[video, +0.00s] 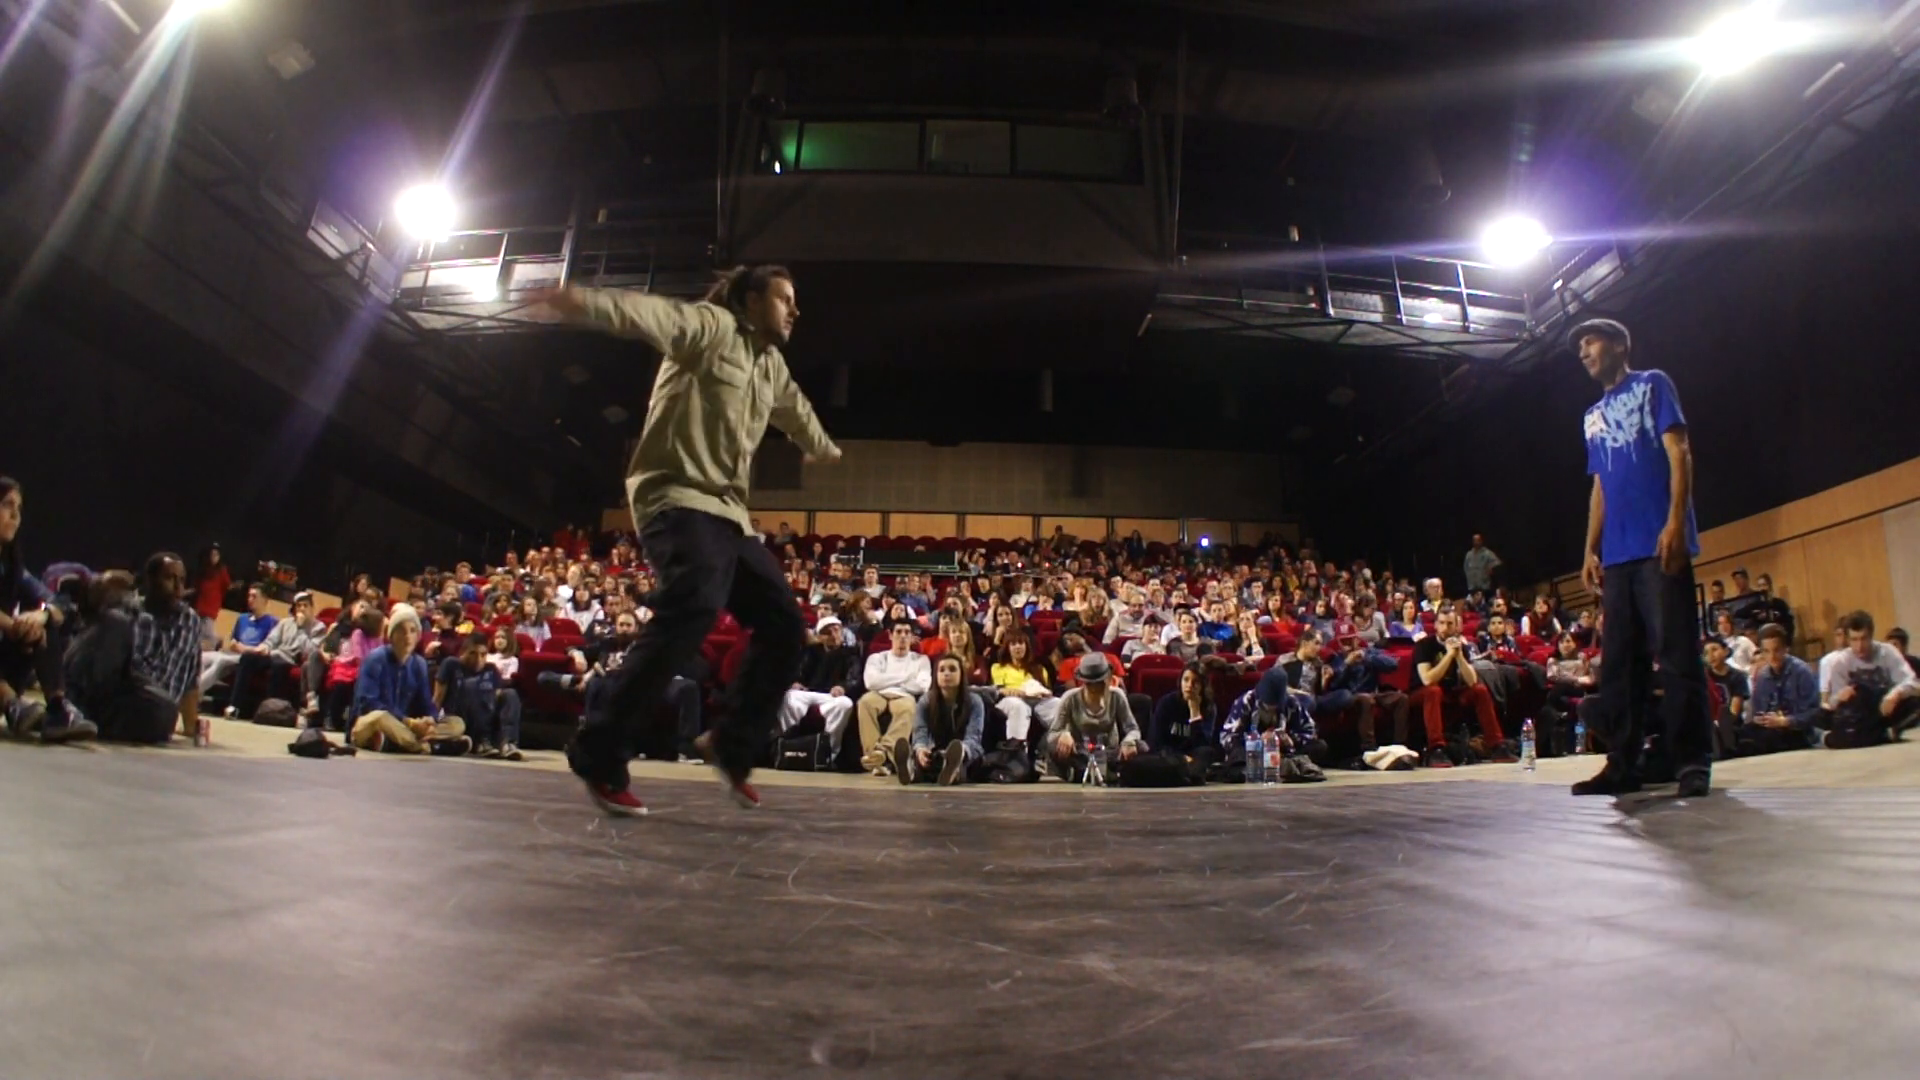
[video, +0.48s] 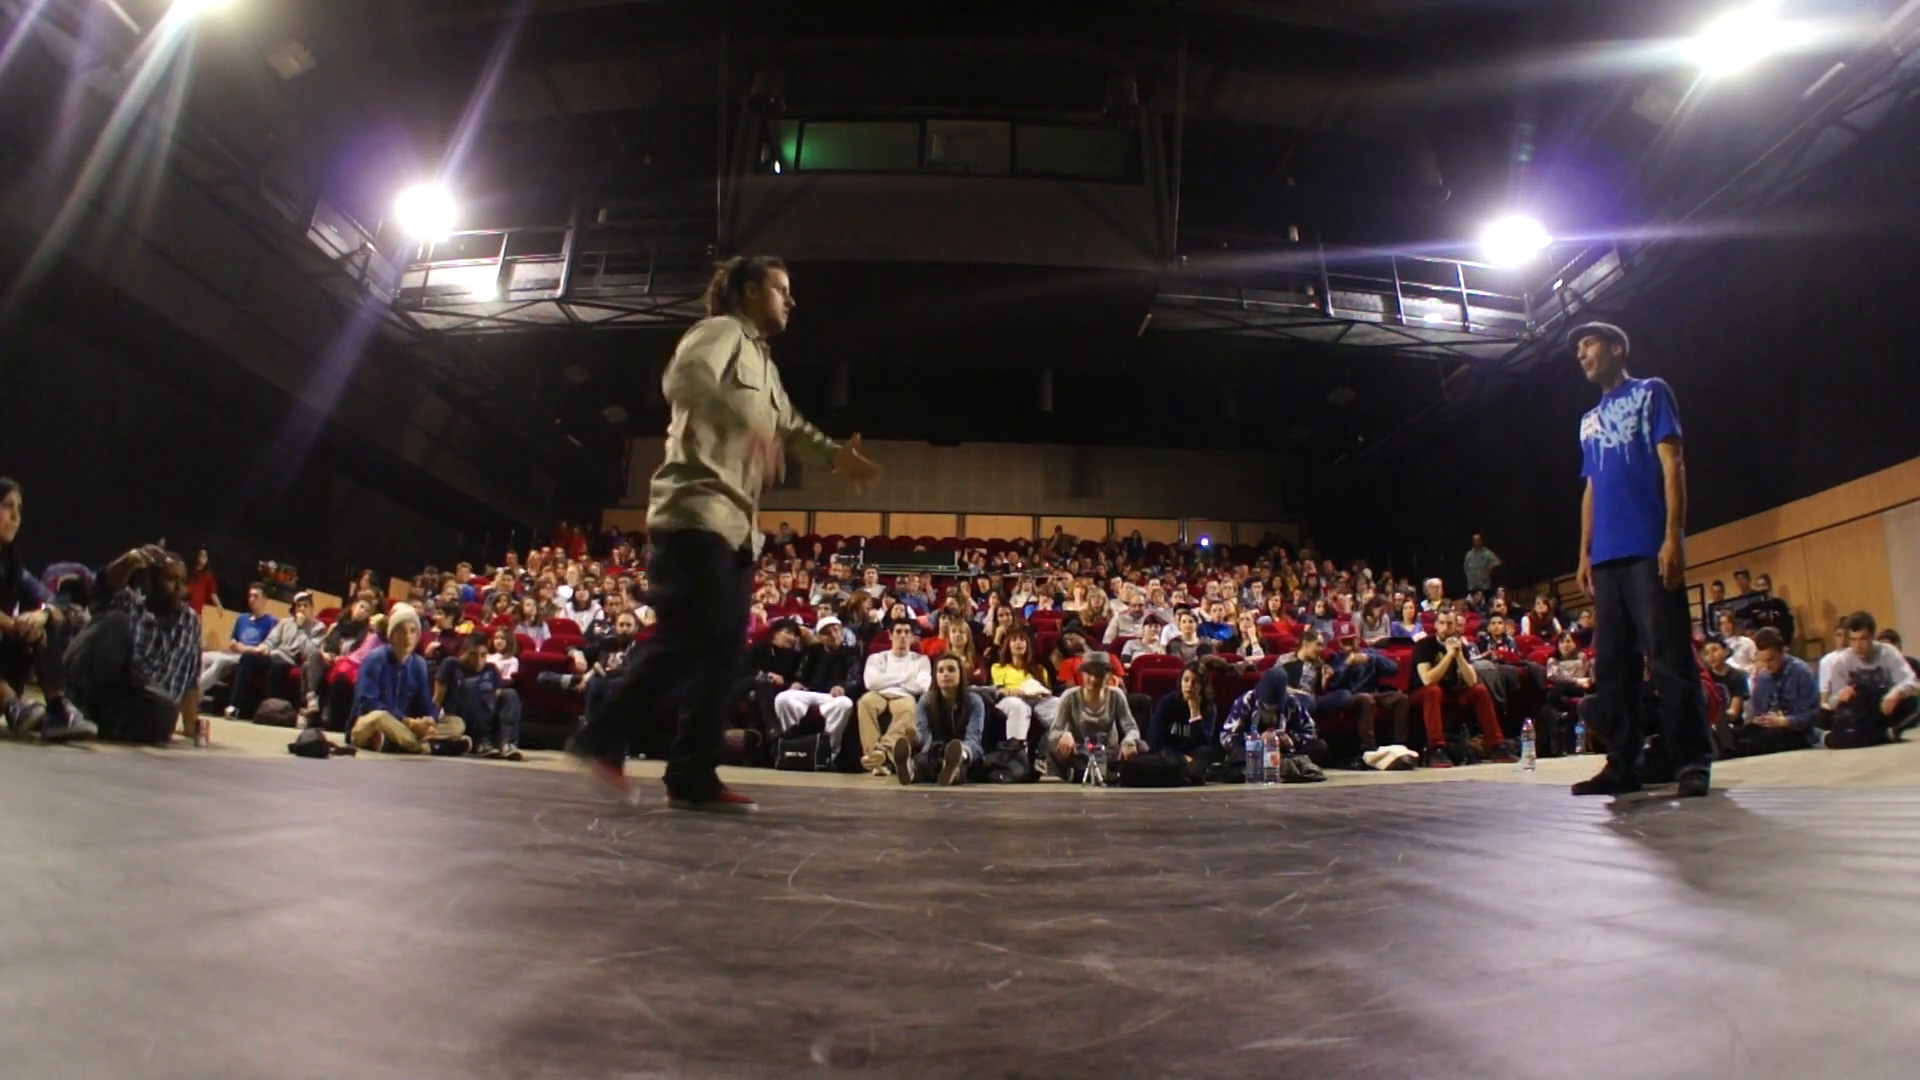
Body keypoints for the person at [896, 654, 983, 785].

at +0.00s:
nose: (947, 674)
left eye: (952, 669)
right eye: (942, 670)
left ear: (961, 674)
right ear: (936, 674)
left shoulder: (974, 701)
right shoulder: (925, 701)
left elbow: (974, 738)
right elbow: (920, 730)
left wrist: (962, 751)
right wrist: (920, 747)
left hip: (962, 751)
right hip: (934, 750)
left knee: (955, 762)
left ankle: (949, 773)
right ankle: (911, 768)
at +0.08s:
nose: (947, 673)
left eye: (952, 669)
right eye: (942, 669)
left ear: (961, 674)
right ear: (935, 674)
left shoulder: (974, 701)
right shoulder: (925, 701)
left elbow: (974, 738)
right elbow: (920, 731)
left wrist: (961, 751)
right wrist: (920, 748)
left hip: (963, 750)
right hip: (934, 749)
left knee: (955, 761)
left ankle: (949, 773)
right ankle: (911, 768)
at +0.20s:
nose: (946, 673)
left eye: (952, 668)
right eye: (941, 669)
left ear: (961, 673)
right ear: (935, 674)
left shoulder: (974, 701)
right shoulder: (925, 701)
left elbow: (973, 738)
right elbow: (920, 732)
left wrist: (962, 751)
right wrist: (919, 746)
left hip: (962, 751)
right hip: (933, 751)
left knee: (955, 762)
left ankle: (949, 773)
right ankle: (910, 768)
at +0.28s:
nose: (946, 673)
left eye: (951, 669)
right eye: (941, 670)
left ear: (961, 674)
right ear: (935, 675)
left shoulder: (974, 701)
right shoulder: (925, 702)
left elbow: (974, 737)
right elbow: (922, 735)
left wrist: (962, 751)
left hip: (963, 749)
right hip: (935, 749)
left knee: (956, 762)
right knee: (927, 759)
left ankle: (949, 773)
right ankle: (912, 768)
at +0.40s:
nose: (946, 674)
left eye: (951, 669)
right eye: (941, 670)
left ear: (961, 674)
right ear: (935, 675)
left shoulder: (974, 701)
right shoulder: (925, 701)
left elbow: (974, 737)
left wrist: (962, 752)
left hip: (963, 750)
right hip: (935, 750)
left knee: (956, 763)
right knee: (926, 761)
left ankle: (950, 773)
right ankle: (912, 769)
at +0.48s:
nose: (946, 674)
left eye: (951, 670)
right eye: (941, 671)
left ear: (961, 674)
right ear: (935, 675)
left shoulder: (974, 701)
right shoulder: (925, 700)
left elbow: (973, 737)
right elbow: (923, 732)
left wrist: (962, 752)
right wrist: (936, 749)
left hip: (963, 749)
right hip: (935, 750)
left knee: (957, 762)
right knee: (925, 761)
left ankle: (950, 773)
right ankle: (911, 769)